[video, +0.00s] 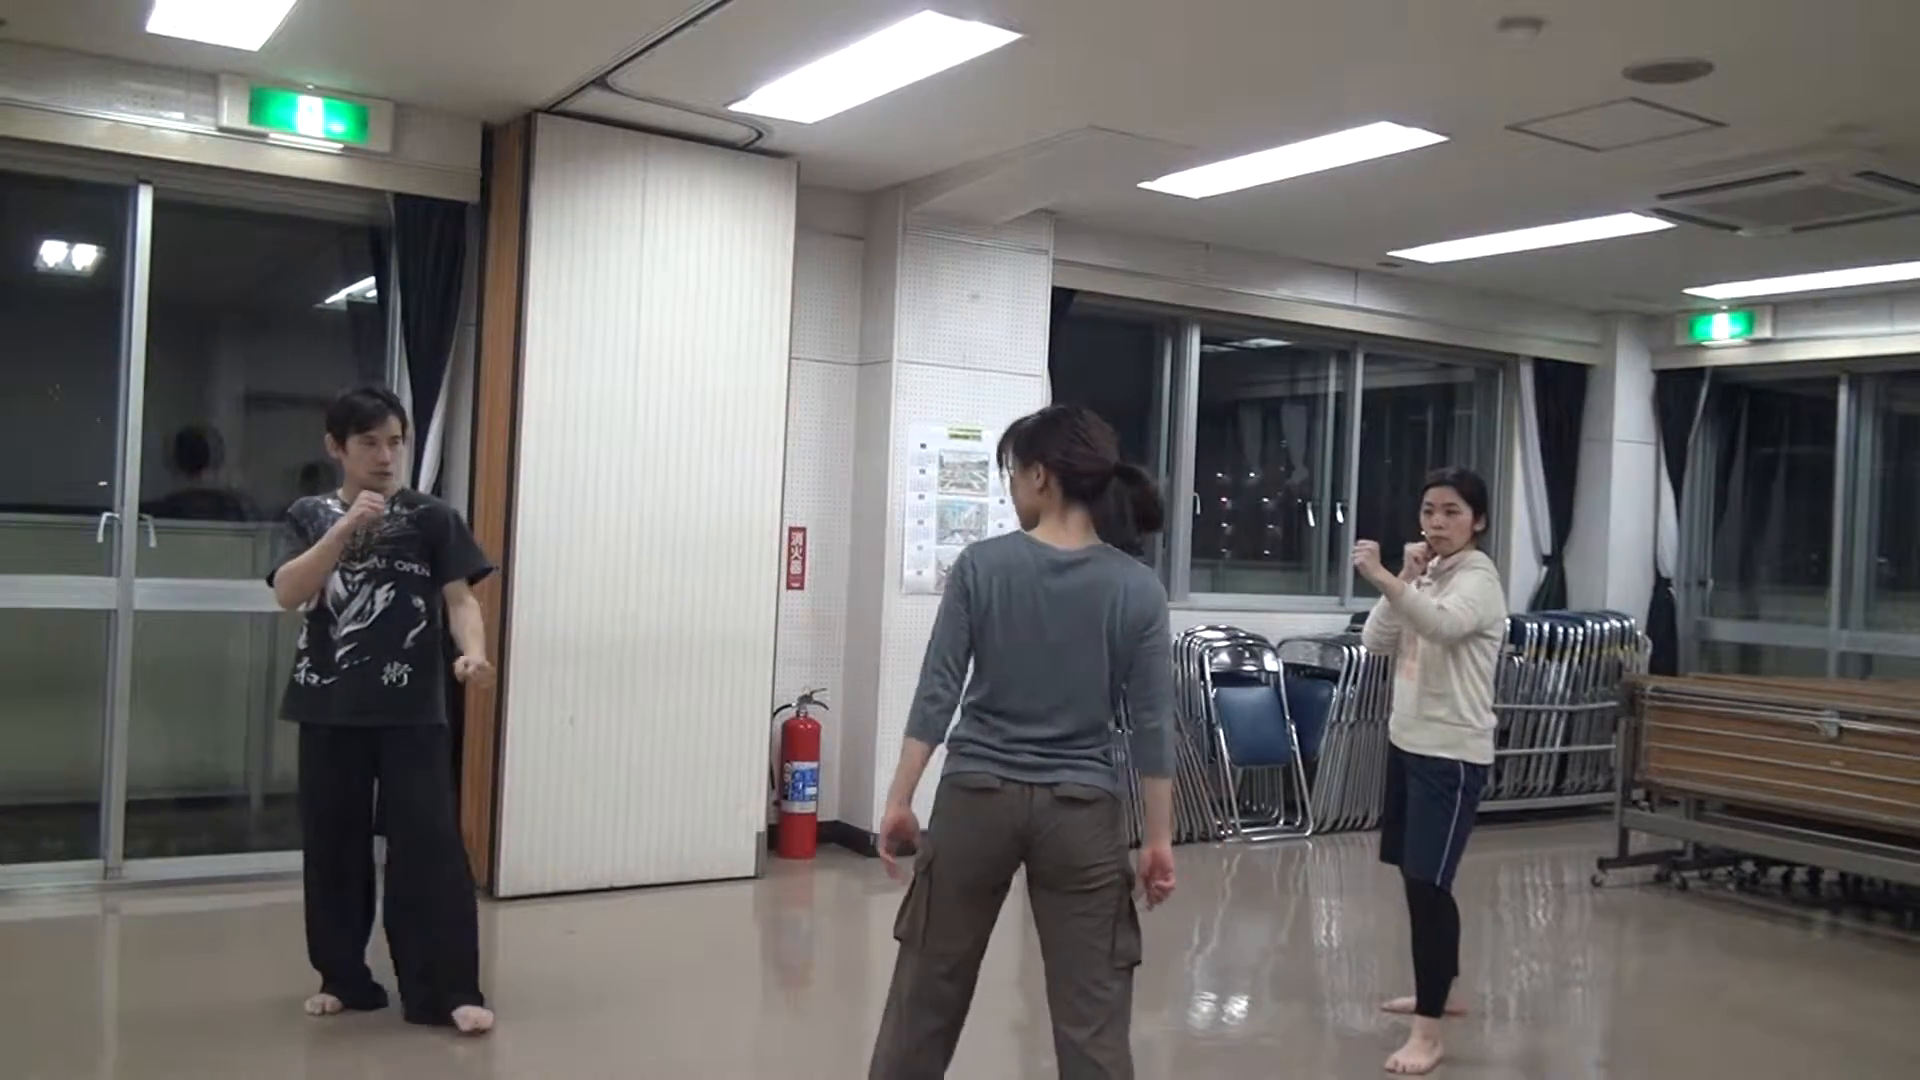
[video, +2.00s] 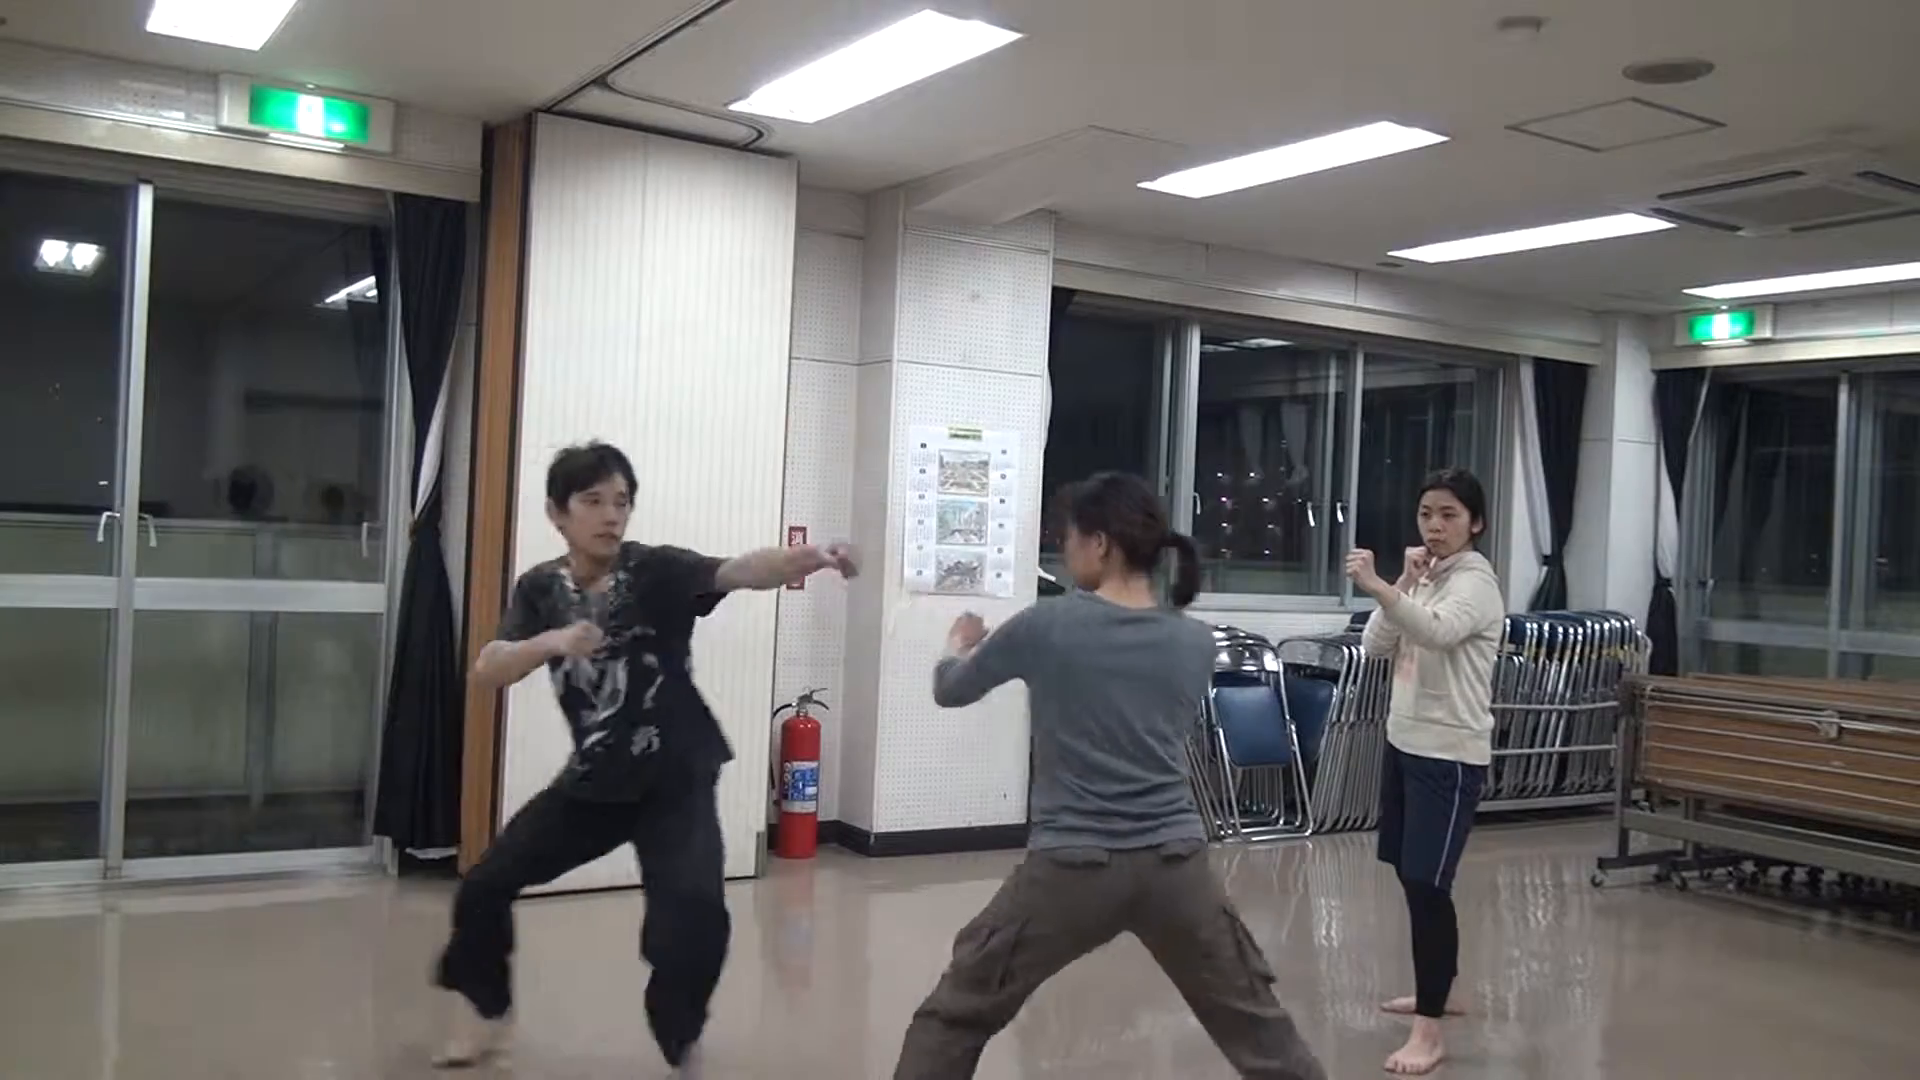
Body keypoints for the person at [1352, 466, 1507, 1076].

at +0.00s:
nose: (1436, 521)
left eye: (1451, 511)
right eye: (1429, 510)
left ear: (1476, 520)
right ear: (1420, 518)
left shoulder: (1479, 576)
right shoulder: (1424, 577)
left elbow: (1447, 624)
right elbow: (1375, 641)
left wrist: (1387, 579)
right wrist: (1406, 583)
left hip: (1451, 754)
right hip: (1410, 747)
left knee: (1427, 882)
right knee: (1415, 875)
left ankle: (1427, 1032)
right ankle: (1442, 991)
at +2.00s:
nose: (1434, 524)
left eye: (1447, 514)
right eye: (1427, 514)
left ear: (1474, 523)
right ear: (1418, 521)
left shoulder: (1477, 581)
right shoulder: (1421, 581)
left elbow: (1442, 631)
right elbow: (1375, 646)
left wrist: (1380, 588)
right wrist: (1404, 587)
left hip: (1448, 756)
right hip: (1406, 748)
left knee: (1427, 884)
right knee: (1408, 871)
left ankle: (1427, 1032)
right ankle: (1439, 989)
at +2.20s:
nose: (1435, 527)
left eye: (1448, 516)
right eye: (1427, 516)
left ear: (1474, 525)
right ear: (1418, 521)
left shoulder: (1478, 581)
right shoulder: (1417, 581)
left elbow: (1449, 633)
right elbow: (1375, 647)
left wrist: (1389, 588)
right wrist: (1407, 587)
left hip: (1450, 757)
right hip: (1405, 749)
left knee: (1428, 887)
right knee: (1403, 867)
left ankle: (1427, 1032)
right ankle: (1439, 989)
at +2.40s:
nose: (1436, 528)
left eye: (1450, 518)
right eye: (1427, 518)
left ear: (1474, 527)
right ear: (1417, 524)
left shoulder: (1478, 581)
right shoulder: (1413, 577)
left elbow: (1454, 635)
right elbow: (1372, 647)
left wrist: (1415, 586)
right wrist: (1406, 598)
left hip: (1451, 756)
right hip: (1400, 748)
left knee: (1429, 890)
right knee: (1400, 877)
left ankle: (1427, 1033)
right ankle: (1438, 990)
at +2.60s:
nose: (1437, 530)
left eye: (1450, 520)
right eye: (1429, 519)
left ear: (1473, 528)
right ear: (1418, 524)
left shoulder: (1478, 583)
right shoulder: (1416, 581)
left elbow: (1460, 637)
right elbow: (1371, 649)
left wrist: (1407, 597)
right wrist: (1404, 591)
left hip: (1454, 757)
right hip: (1402, 748)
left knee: (1430, 888)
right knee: (1391, 864)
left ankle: (1428, 1030)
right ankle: (1438, 988)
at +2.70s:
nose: (1438, 531)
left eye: (1451, 520)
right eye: (1429, 519)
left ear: (1474, 528)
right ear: (1418, 525)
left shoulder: (1479, 584)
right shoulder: (1415, 581)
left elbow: (1460, 637)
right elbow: (1373, 648)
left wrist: (1408, 596)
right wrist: (1404, 593)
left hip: (1452, 758)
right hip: (1402, 749)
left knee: (1429, 888)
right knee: (1392, 866)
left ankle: (1428, 1029)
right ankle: (1438, 988)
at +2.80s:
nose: (1438, 531)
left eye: (1451, 521)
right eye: (1429, 519)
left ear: (1474, 528)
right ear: (1418, 525)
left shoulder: (1479, 584)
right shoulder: (1414, 580)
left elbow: (1460, 638)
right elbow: (1373, 648)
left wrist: (1408, 595)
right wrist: (1403, 593)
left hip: (1452, 758)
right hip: (1402, 749)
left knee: (1429, 888)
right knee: (1392, 866)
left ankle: (1428, 1030)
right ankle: (1438, 988)